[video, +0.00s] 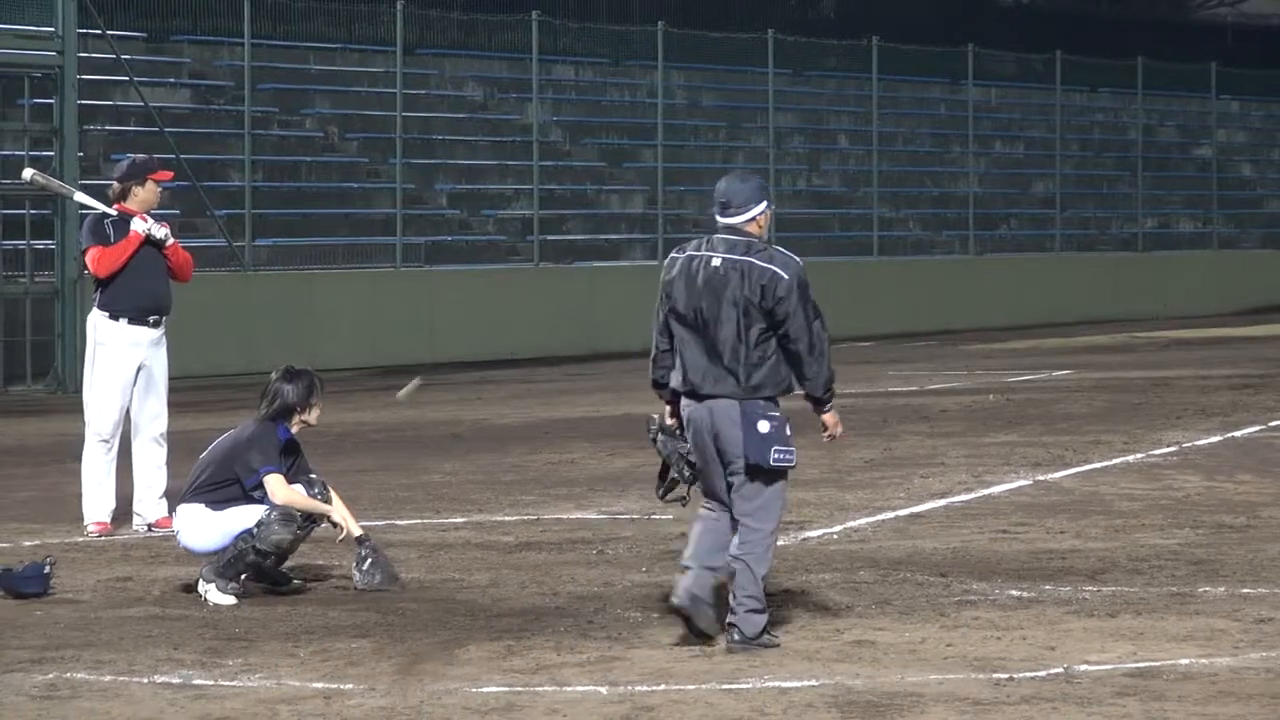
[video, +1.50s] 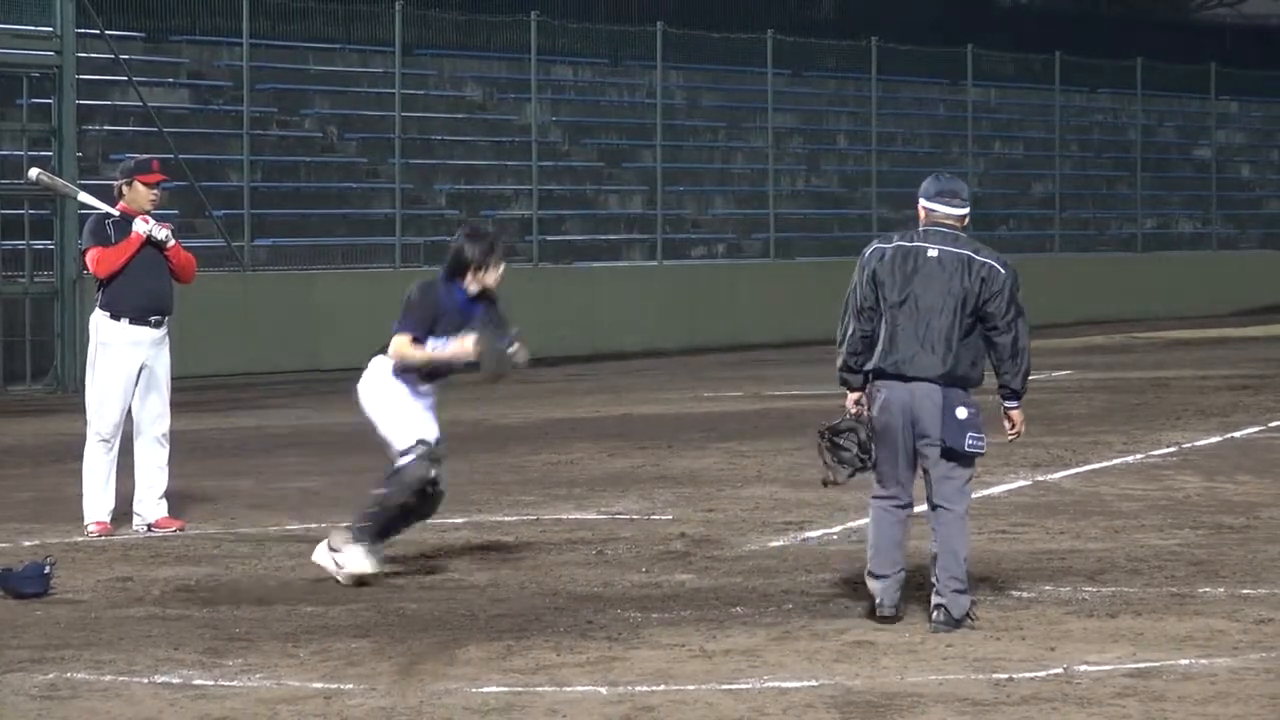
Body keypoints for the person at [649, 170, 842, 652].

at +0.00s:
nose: (769, 218)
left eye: (765, 211)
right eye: (766, 212)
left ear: (720, 214)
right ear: (758, 217)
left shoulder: (681, 260)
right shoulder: (780, 268)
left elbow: (665, 337)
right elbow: (804, 343)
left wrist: (669, 396)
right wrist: (824, 404)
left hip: (695, 406)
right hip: (750, 410)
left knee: (717, 503)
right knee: (757, 517)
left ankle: (694, 589)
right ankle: (746, 625)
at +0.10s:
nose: (783, 219)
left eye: (779, 212)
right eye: (780, 213)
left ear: (734, 215)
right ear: (770, 218)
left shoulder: (696, 260)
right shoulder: (793, 266)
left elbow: (679, 335)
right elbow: (821, 338)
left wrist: (683, 394)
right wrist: (841, 396)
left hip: (709, 403)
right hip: (763, 406)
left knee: (742, 508)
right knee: (760, 515)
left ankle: (742, 606)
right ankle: (746, 623)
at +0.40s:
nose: (822, 220)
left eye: (819, 213)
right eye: (820, 214)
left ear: (775, 216)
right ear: (811, 218)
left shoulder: (739, 264)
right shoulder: (834, 264)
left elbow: (727, 341)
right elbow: (856, 340)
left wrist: (729, 400)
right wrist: (866, 404)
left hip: (756, 404)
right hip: (809, 404)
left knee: (792, 506)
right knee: (804, 506)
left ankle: (812, 606)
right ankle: (759, 606)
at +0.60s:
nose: (845, 216)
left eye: (841, 209)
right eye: (843, 210)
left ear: (798, 212)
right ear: (835, 214)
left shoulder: (763, 260)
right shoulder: (858, 260)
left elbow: (752, 338)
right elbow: (879, 337)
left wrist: (755, 396)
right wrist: (888, 401)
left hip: (783, 401)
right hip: (841, 402)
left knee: (803, 508)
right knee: (862, 492)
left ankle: (804, 605)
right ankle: (820, 583)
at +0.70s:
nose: (857, 214)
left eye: (850, 208)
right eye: (856, 209)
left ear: (810, 211)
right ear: (852, 213)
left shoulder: (776, 258)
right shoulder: (873, 260)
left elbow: (764, 336)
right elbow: (892, 337)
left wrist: (767, 395)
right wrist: (901, 400)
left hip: (794, 400)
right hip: (854, 401)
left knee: (806, 508)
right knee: (880, 494)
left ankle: (808, 611)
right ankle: (870, 602)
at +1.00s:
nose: (898, 224)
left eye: (865, 214)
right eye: (901, 218)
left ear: (859, 217)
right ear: (906, 221)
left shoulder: (824, 262)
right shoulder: (932, 268)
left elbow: (807, 336)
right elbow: (946, 344)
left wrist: (806, 393)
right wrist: (947, 404)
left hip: (843, 405)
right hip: (907, 407)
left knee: (832, 506)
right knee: (925, 505)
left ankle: (814, 606)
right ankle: (945, 605)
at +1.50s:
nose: (922, 216)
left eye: (921, 210)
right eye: (954, 214)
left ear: (920, 212)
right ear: (965, 217)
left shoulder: (879, 254)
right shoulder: (988, 265)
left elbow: (858, 324)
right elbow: (1007, 336)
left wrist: (854, 382)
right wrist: (1012, 398)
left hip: (889, 393)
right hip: (950, 397)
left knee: (890, 494)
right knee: (950, 502)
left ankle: (885, 596)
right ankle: (949, 604)